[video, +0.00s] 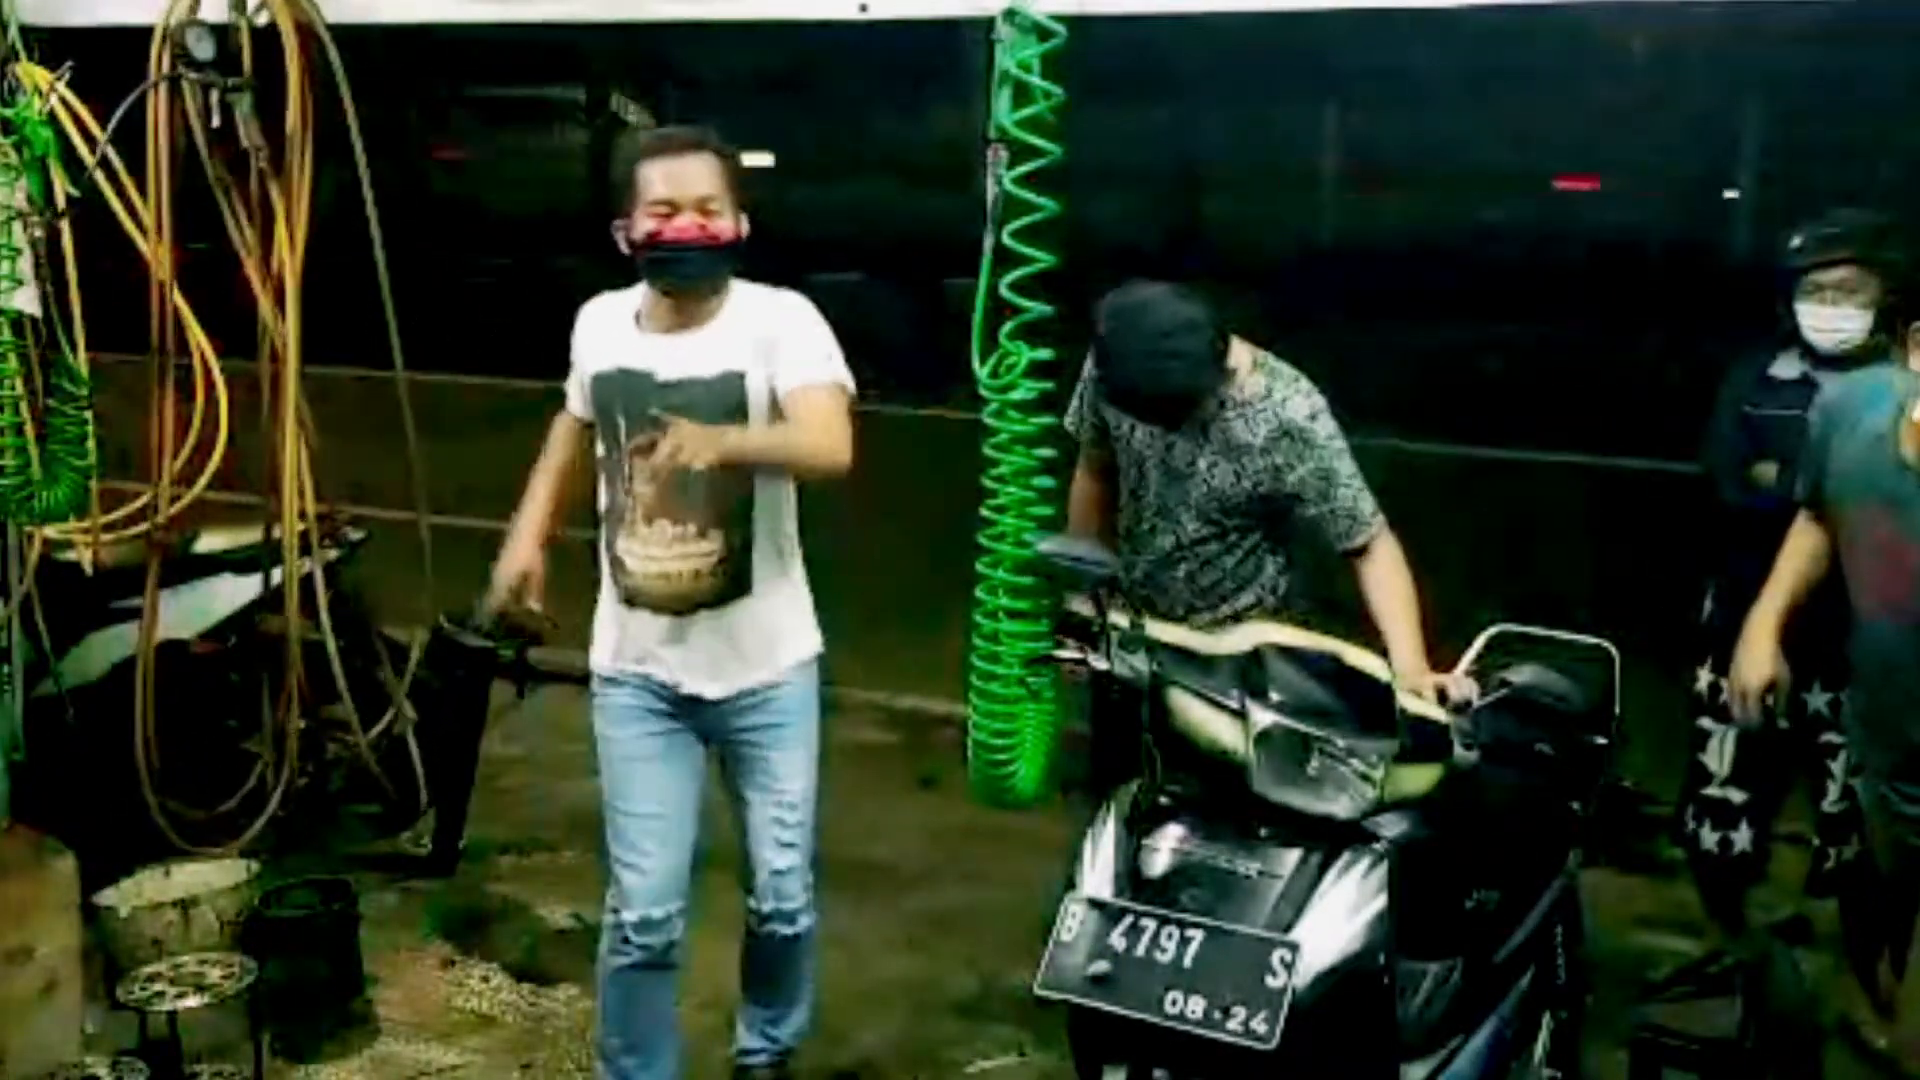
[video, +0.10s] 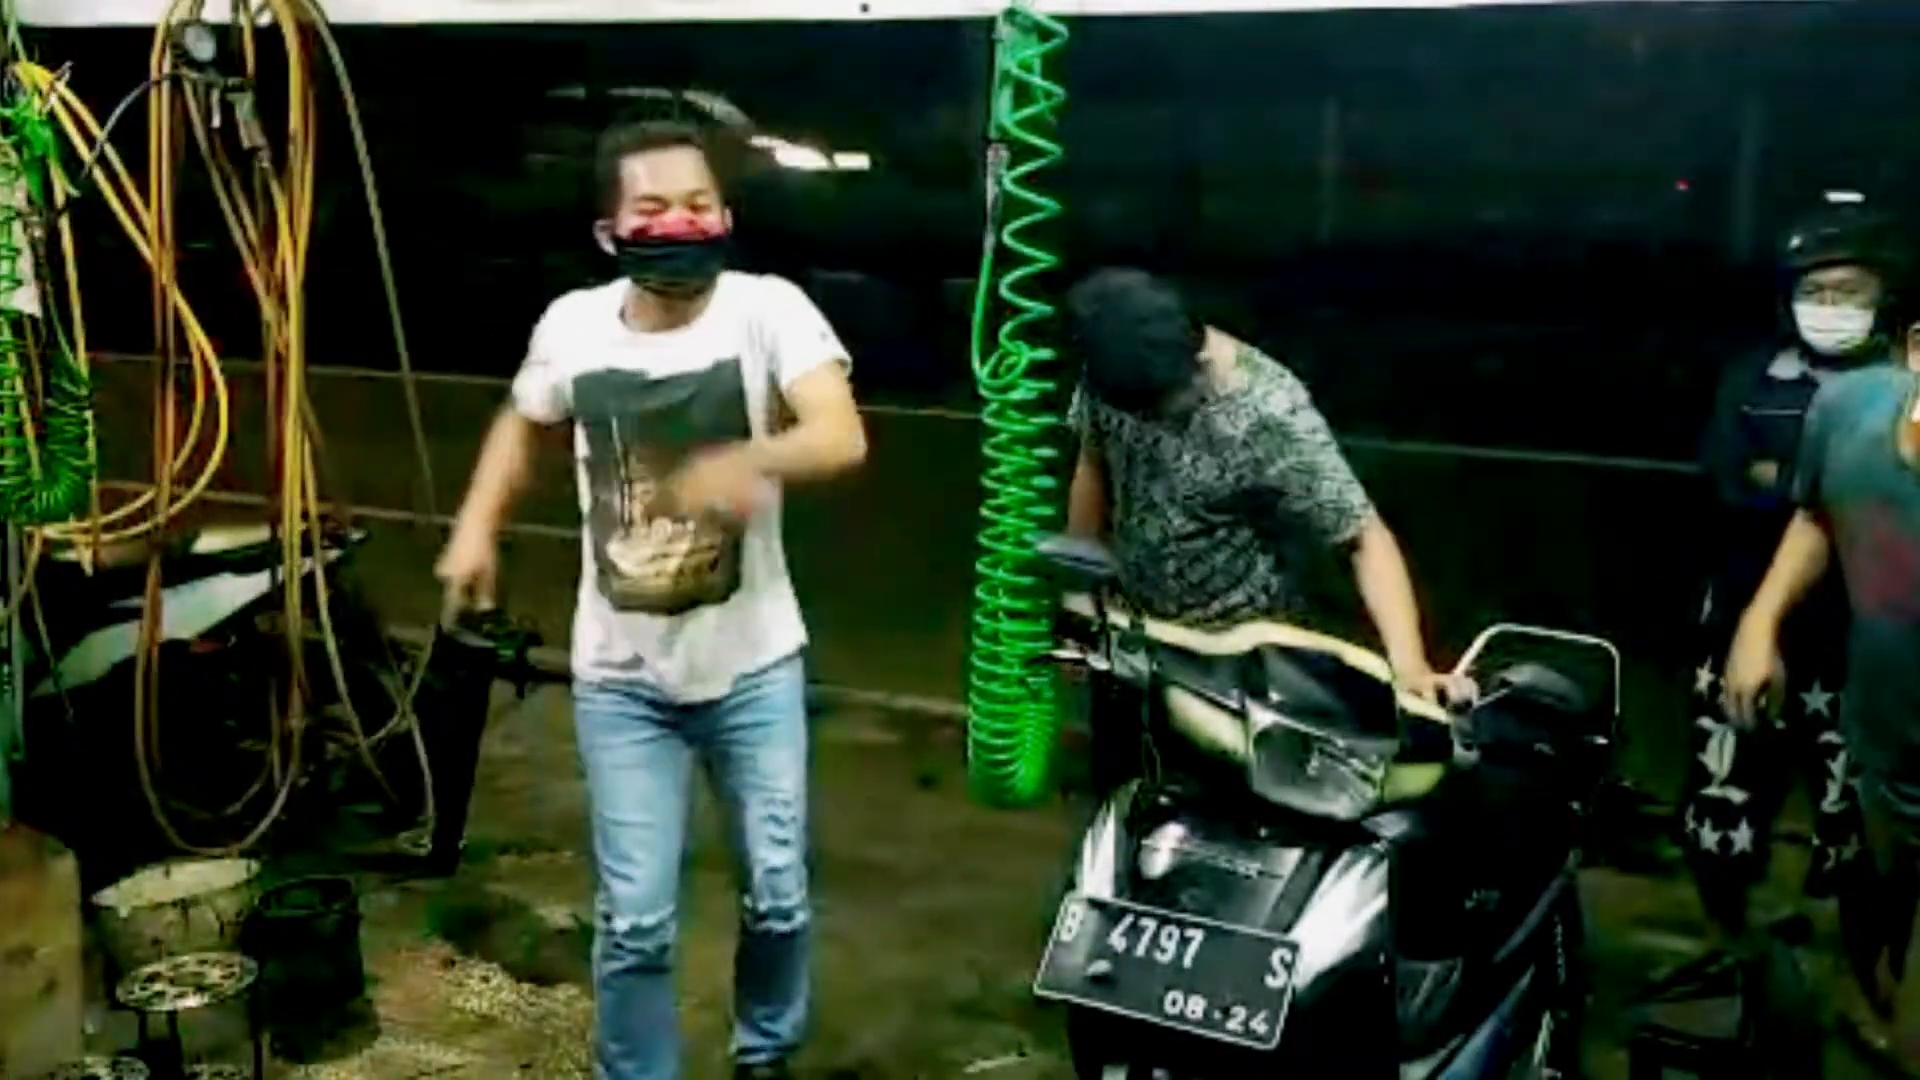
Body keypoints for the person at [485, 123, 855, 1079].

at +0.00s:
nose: (687, 229)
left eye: (707, 211)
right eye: (665, 212)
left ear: (737, 221)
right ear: (630, 228)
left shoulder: (783, 321)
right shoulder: (602, 325)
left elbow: (830, 445)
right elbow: (573, 430)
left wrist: (721, 442)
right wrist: (528, 534)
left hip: (766, 659)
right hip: (637, 662)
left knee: (780, 894)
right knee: (644, 913)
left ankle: (765, 1054)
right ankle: (634, 1072)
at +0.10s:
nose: (679, 225)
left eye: (696, 205)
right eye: (654, 209)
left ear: (723, 213)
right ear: (613, 227)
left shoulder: (770, 311)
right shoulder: (571, 327)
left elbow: (843, 439)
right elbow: (521, 427)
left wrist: (743, 464)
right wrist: (474, 526)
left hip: (754, 660)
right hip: (621, 668)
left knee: (777, 893)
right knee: (635, 923)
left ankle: (765, 1056)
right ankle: (634, 1072)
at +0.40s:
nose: (678, 268)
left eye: (690, 244)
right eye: (650, 250)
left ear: (713, 248)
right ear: (598, 266)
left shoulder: (737, 371)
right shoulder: (547, 397)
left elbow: (762, 505)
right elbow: (471, 553)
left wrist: (801, 631)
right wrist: (535, 631)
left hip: (714, 698)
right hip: (592, 716)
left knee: (778, 902)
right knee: (640, 968)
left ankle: (673, 1003)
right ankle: (641, 1061)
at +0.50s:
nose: (680, 259)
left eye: (694, 237)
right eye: (654, 242)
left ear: (716, 241)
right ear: (606, 258)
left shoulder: (708, 344)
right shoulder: (566, 377)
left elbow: (703, 463)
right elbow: (479, 515)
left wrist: (747, 538)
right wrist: (608, 544)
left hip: (703, 680)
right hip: (594, 694)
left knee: (747, 882)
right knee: (657, 946)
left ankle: (641, 996)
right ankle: (639, 1063)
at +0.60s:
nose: (692, 247)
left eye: (706, 225)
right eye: (665, 230)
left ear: (727, 229)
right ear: (619, 245)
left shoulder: (698, 330)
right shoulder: (585, 351)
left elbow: (689, 456)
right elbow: (490, 476)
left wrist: (717, 526)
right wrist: (639, 479)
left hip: (694, 661)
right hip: (597, 676)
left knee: (713, 870)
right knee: (660, 915)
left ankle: (647, 1030)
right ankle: (636, 1068)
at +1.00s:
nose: (681, 258)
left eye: (698, 237)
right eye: (660, 238)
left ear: (722, 240)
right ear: (621, 242)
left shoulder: (741, 363)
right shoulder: (556, 350)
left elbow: (773, 501)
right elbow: (487, 474)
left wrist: (818, 561)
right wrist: (536, 588)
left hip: (705, 655)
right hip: (593, 655)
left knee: (732, 847)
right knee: (632, 862)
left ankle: (639, 1034)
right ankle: (560, 967)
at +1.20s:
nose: (662, 241)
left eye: (678, 221)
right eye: (642, 223)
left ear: (702, 227)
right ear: (605, 228)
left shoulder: (746, 344)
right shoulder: (548, 324)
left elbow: (816, 464)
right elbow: (490, 429)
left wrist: (798, 427)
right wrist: (480, 546)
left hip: (700, 643)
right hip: (579, 642)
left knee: (722, 839)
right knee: (586, 850)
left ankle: (640, 1033)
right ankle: (622, 935)